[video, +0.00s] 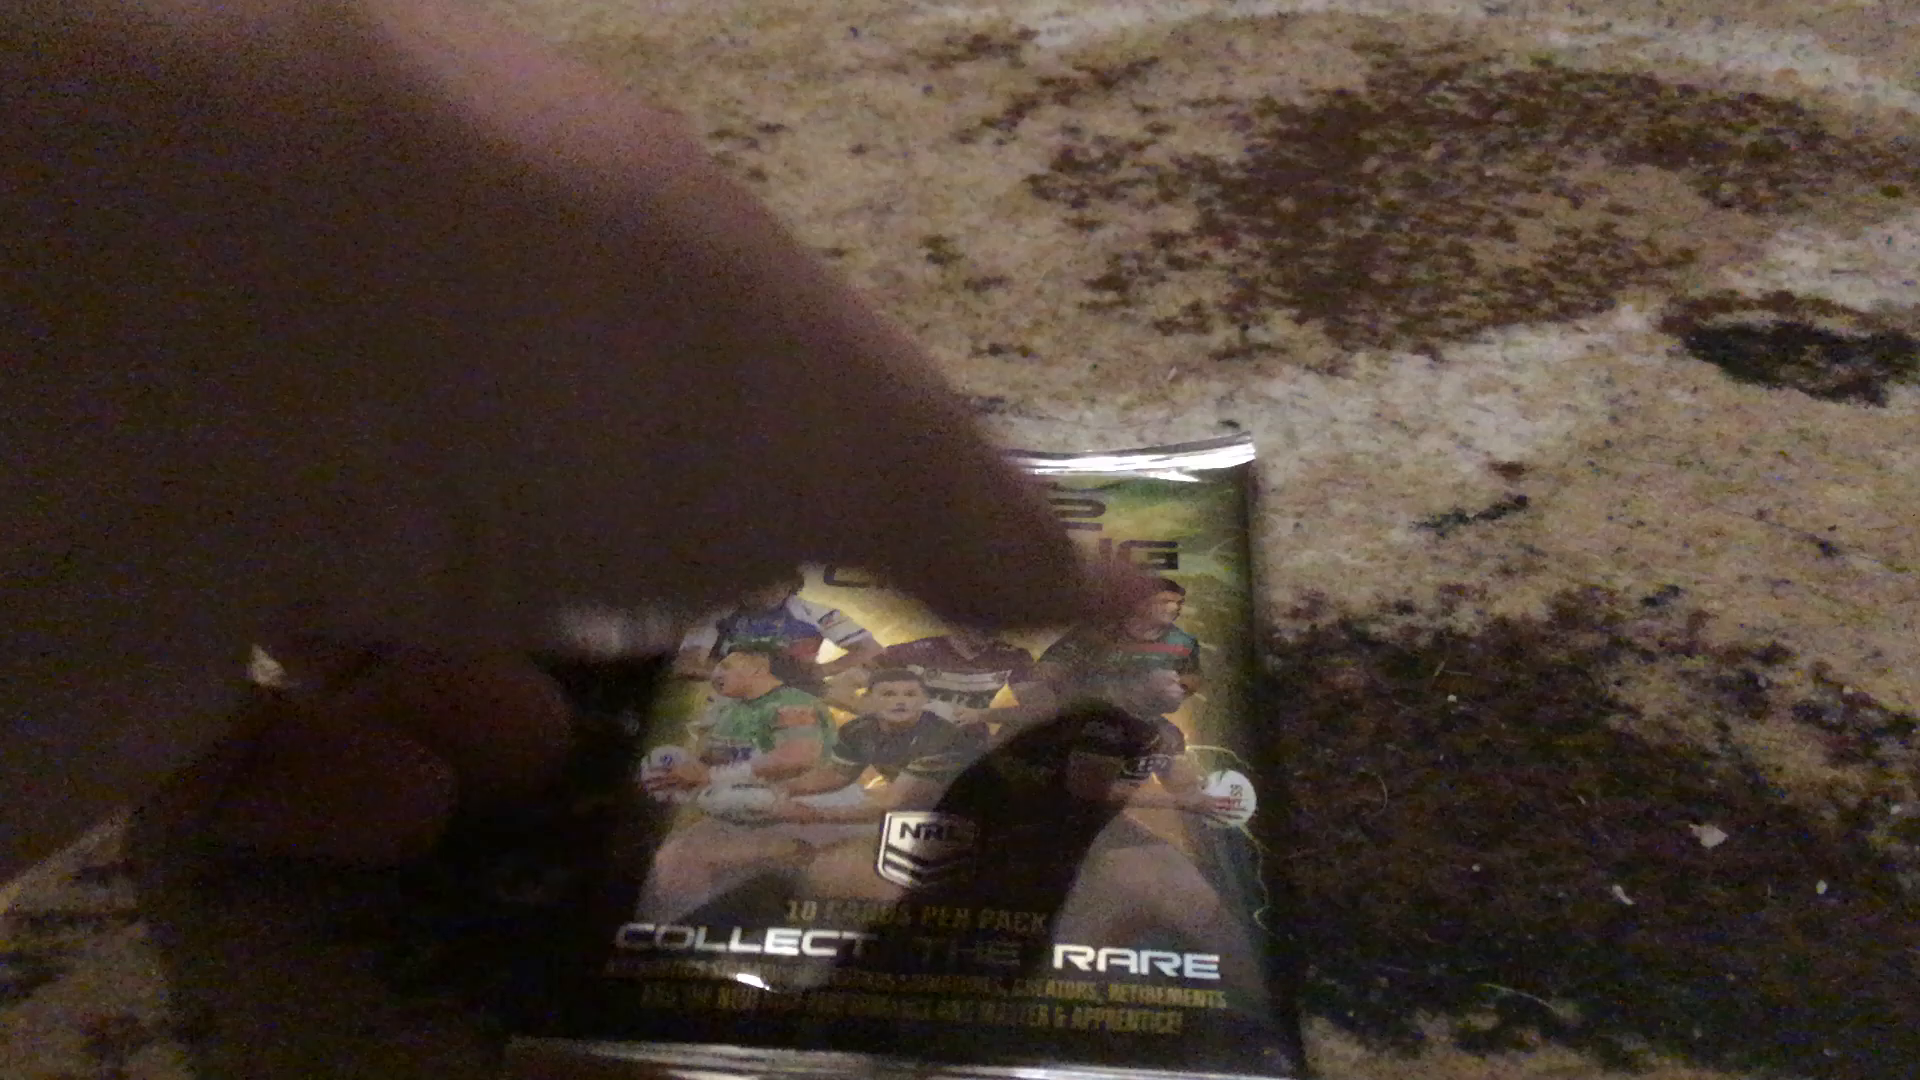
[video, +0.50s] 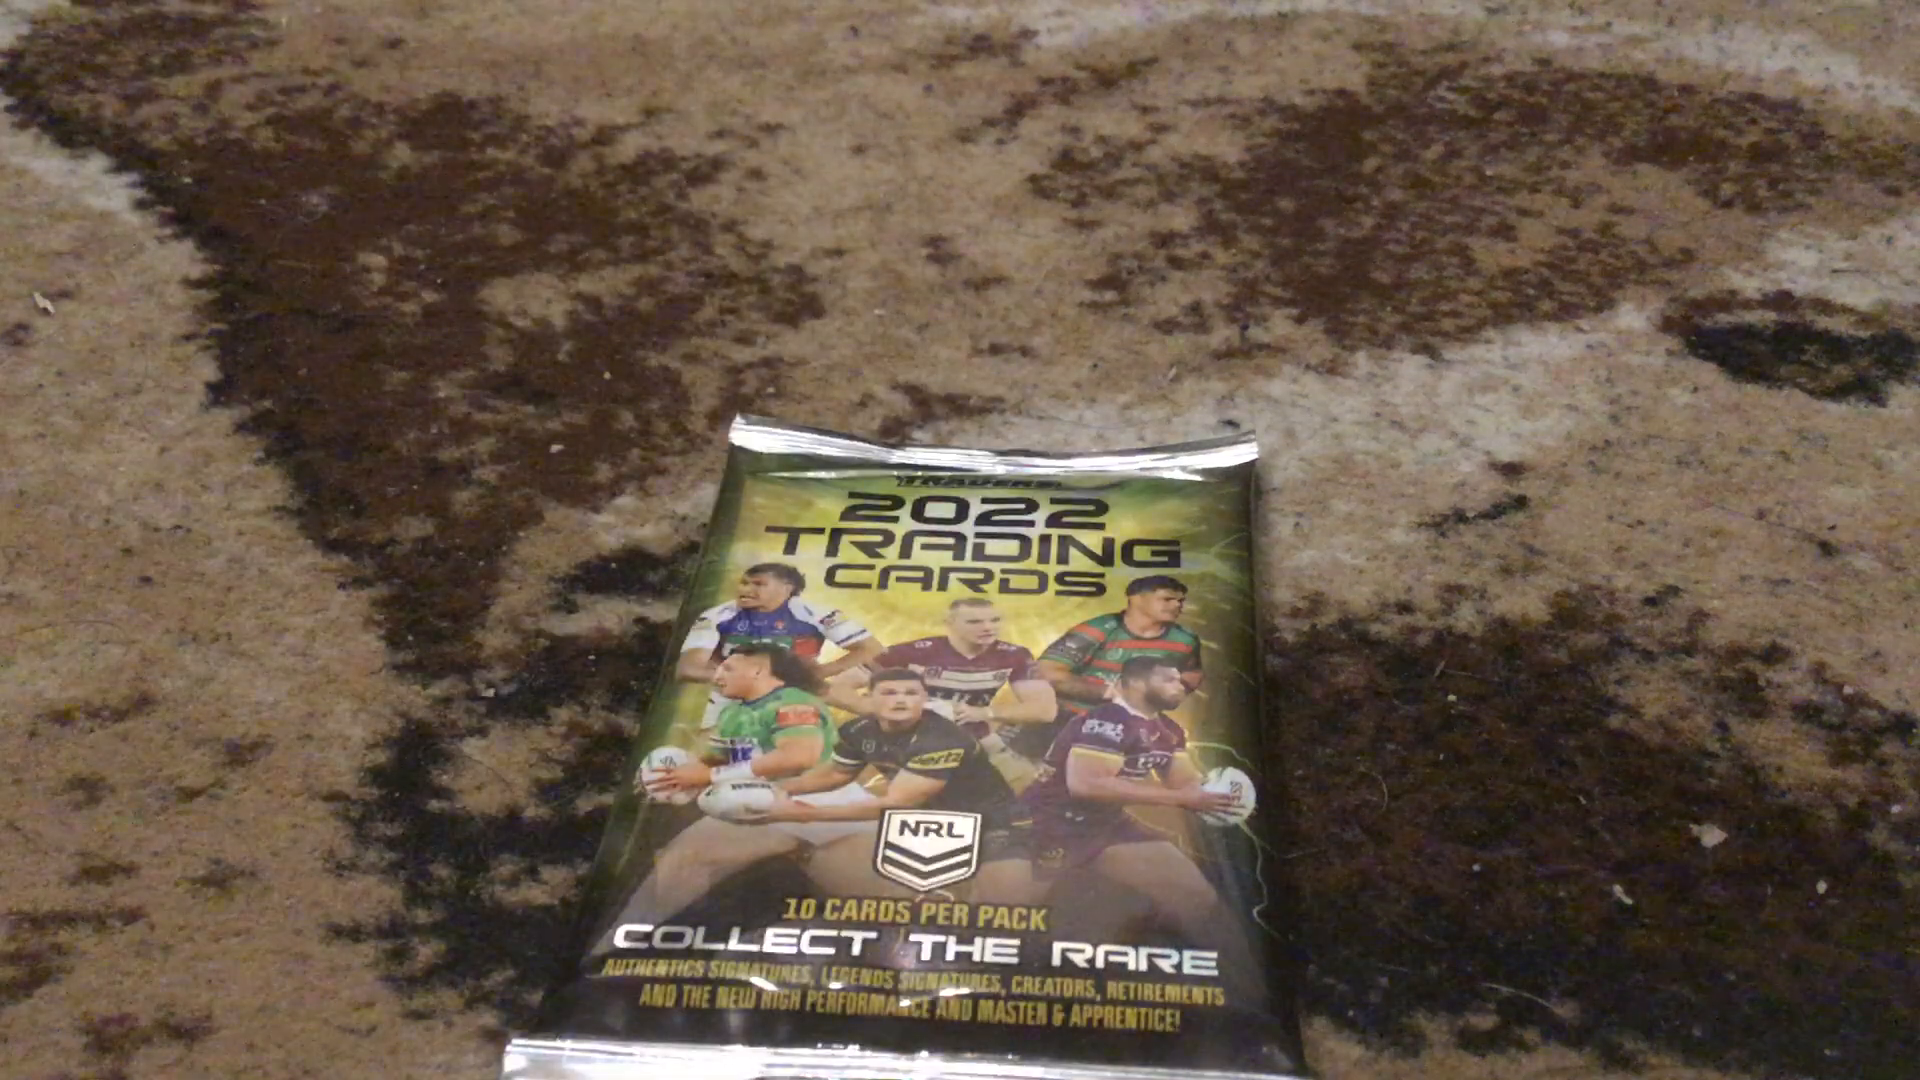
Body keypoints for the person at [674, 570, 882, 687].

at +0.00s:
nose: (766, 598)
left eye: (775, 590)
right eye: (758, 590)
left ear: (789, 587)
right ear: (742, 589)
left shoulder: (812, 613)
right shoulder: (718, 619)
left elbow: (872, 650)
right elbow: (685, 665)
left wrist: (820, 671)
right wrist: (741, 676)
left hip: (796, 703)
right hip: (735, 707)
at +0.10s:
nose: (749, 590)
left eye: (760, 584)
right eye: (746, 584)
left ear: (788, 588)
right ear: (739, 588)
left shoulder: (810, 614)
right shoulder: (720, 618)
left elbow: (872, 649)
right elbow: (690, 666)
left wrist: (820, 673)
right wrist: (742, 673)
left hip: (792, 712)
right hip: (729, 712)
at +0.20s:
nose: (747, 590)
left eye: (759, 585)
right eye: (745, 583)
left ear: (788, 590)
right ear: (738, 585)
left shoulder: (810, 614)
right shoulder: (719, 616)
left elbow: (871, 649)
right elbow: (688, 668)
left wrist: (822, 671)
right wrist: (738, 676)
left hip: (790, 717)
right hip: (726, 716)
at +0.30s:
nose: (748, 590)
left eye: (760, 584)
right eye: (746, 583)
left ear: (788, 589)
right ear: (739, 584)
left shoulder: (811, 615)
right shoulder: (719, 616)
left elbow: (872, 649)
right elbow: (688, 668)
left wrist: (822, 671)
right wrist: (737, 674)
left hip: (789, 720)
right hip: (725, 718)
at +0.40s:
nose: (747, 590)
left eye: (759, 584)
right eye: (745, 583)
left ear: (788, 589)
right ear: (739, 584)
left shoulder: (807, 614)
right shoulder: (719, 617)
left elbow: (871, 649)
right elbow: (687, 668)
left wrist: (822, 671)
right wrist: (738, 673)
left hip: (787, 717)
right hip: (726, 715)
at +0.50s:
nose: (748, 590)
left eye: (759, 584)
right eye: (746, 583)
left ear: (787, 589)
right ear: (741, 584)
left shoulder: (808, 614)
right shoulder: (720, 617)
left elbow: (871, 648)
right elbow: (687, 668)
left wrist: (820, 671)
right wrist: (739, 674)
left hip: (787, 719)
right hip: (725, 717)